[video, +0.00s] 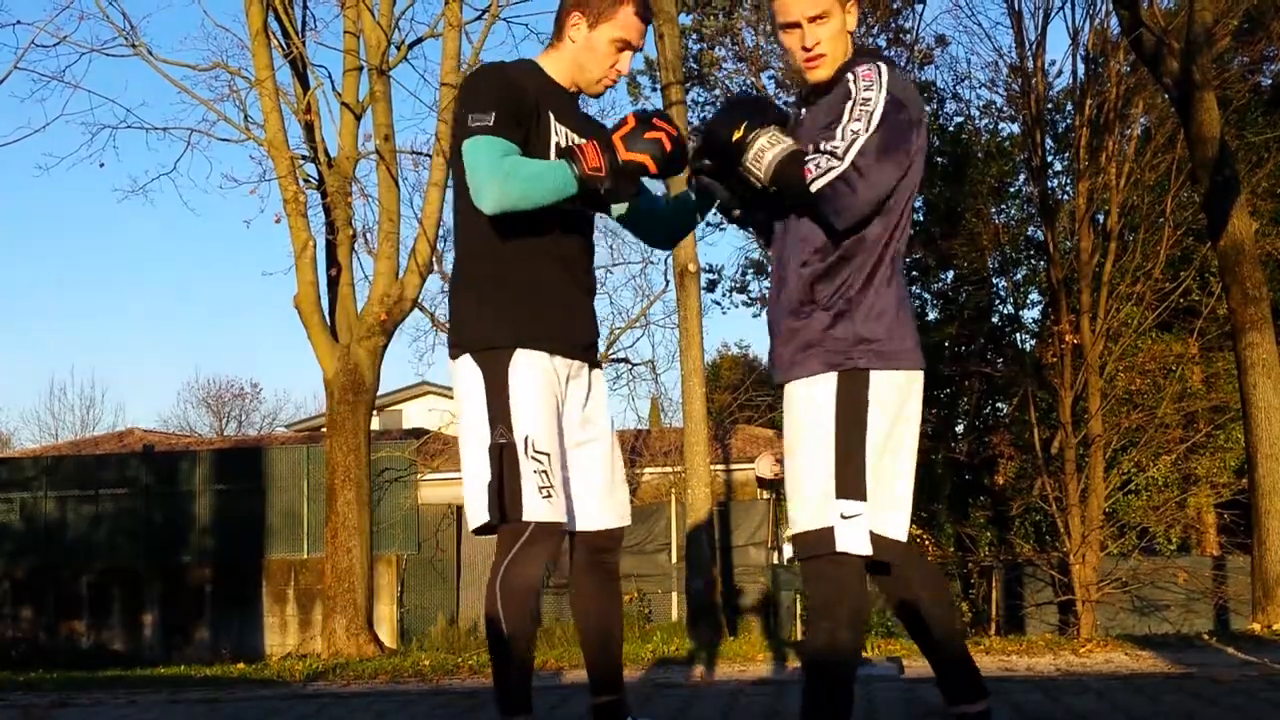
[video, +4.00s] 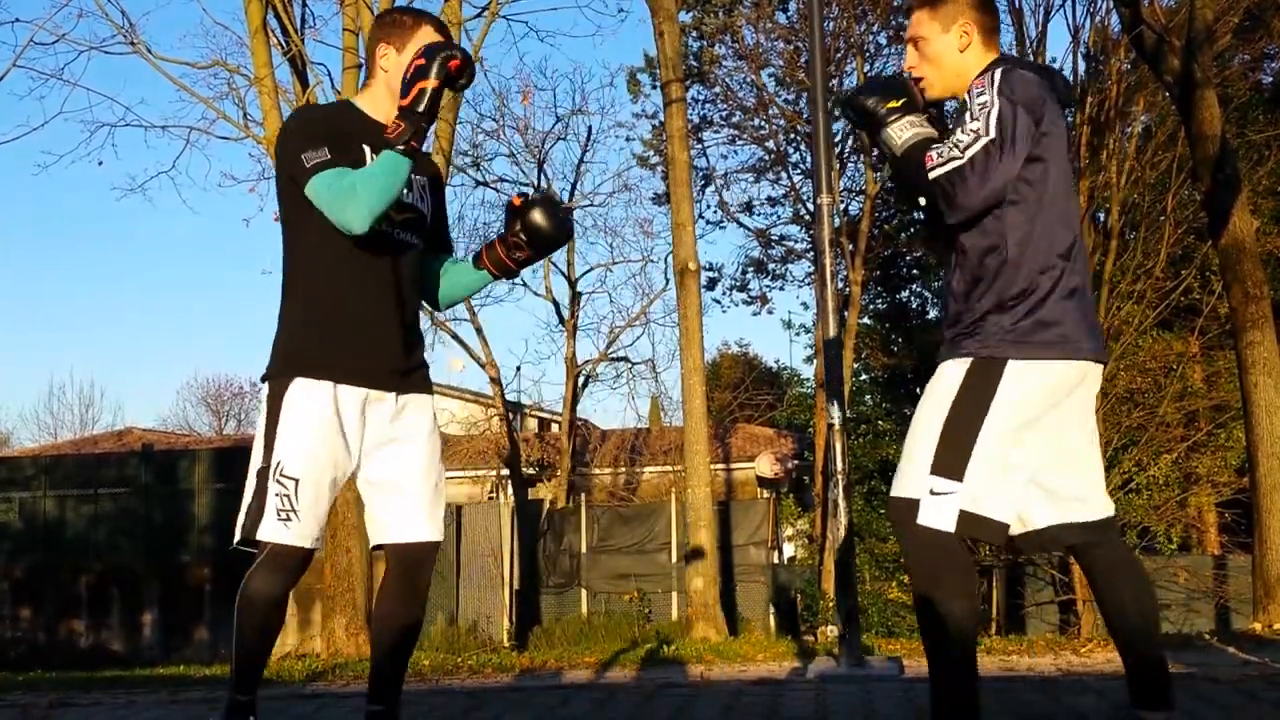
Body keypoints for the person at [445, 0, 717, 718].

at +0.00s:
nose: (624, 67)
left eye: (632, 54)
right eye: (620, 46)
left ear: (588, 33)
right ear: (577, 25)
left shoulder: (588, 129)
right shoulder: (496, 84)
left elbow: (660, 226)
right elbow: (494, 187)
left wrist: (711, 172)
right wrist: (604, 163)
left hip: (575, 349)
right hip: (503, 344)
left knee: (598, 531)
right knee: (531, 529)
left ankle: (610, 711)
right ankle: (515, 713)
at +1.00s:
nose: (572, 60)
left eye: (582, 48)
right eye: (563, 40)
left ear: (584, 50)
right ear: (520, 25)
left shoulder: (556, 137)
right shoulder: (452, 100)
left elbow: (554, 261)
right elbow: (437, 215)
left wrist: (627, 270)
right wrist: (541, 197)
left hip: (565, 358)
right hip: (484, 357)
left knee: (642, 506)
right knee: (463, 537)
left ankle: (652, 702)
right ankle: (408, 715)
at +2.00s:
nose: (686, 43)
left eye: (688, 27)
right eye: (677, 25)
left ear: (639, 23)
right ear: (628, 18)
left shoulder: (669, 131)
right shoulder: (545, 100)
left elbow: (696, 243)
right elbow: (517, 217)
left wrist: (782, 215)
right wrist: (620, 178)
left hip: (659, 355)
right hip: (572, 352)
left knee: (689, 529)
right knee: (545, 526)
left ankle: (701, 711)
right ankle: (461, 704)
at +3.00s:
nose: (637, 74)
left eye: (643, 61)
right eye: (632, 54)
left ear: (609, 56)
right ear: (592, 45)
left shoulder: (615, 151)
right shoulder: (514, 115)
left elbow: (638, 264)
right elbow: (573, 187)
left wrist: (709, 234)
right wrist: (630, 105)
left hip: (600, 369)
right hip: (519, 364)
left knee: (629, 529)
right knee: (481, 530)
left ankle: (620, 707)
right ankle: (396, 696)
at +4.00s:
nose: (438, 75)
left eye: (444, 65)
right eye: (427, 59)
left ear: (445, 75)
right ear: (384, 56)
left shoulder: (426, 175)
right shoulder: (312, 125)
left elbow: (431, 285)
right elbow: (352, 212)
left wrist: (498, 259)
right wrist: (411, 134)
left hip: (403, 383)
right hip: (316, 375)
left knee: (413, 546)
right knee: (287, 546)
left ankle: (383, 710)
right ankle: (240, 706)